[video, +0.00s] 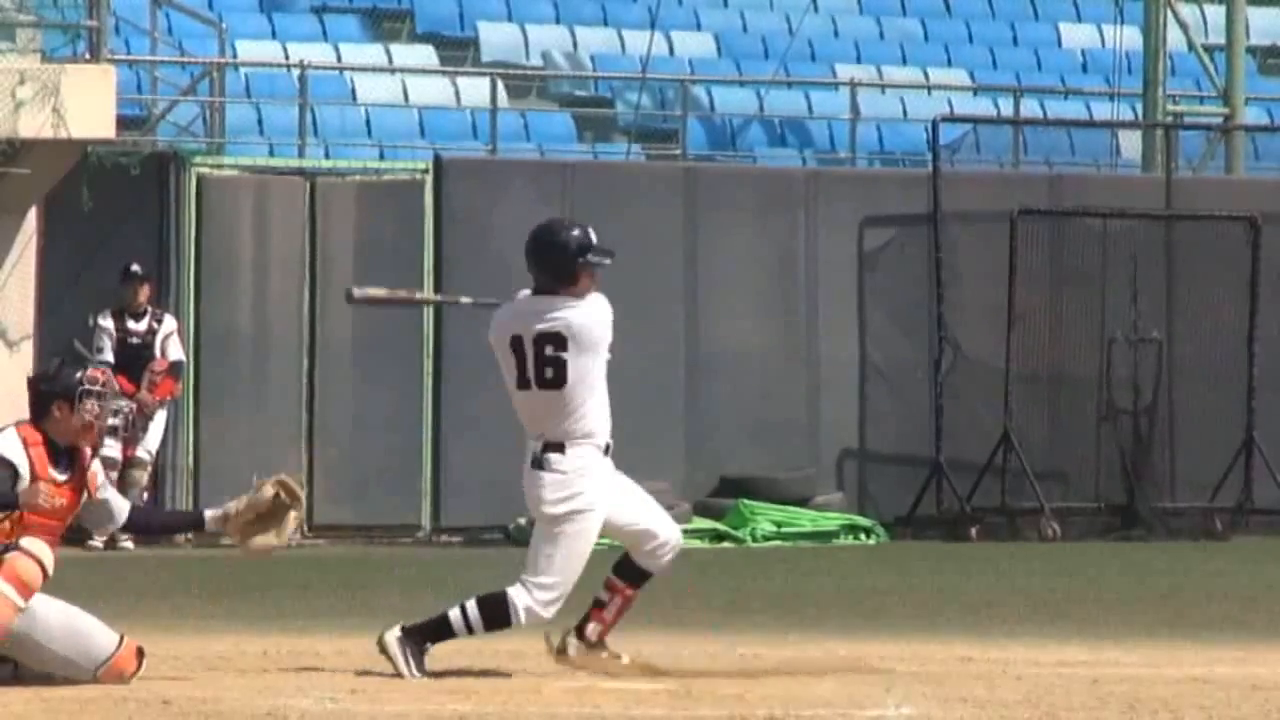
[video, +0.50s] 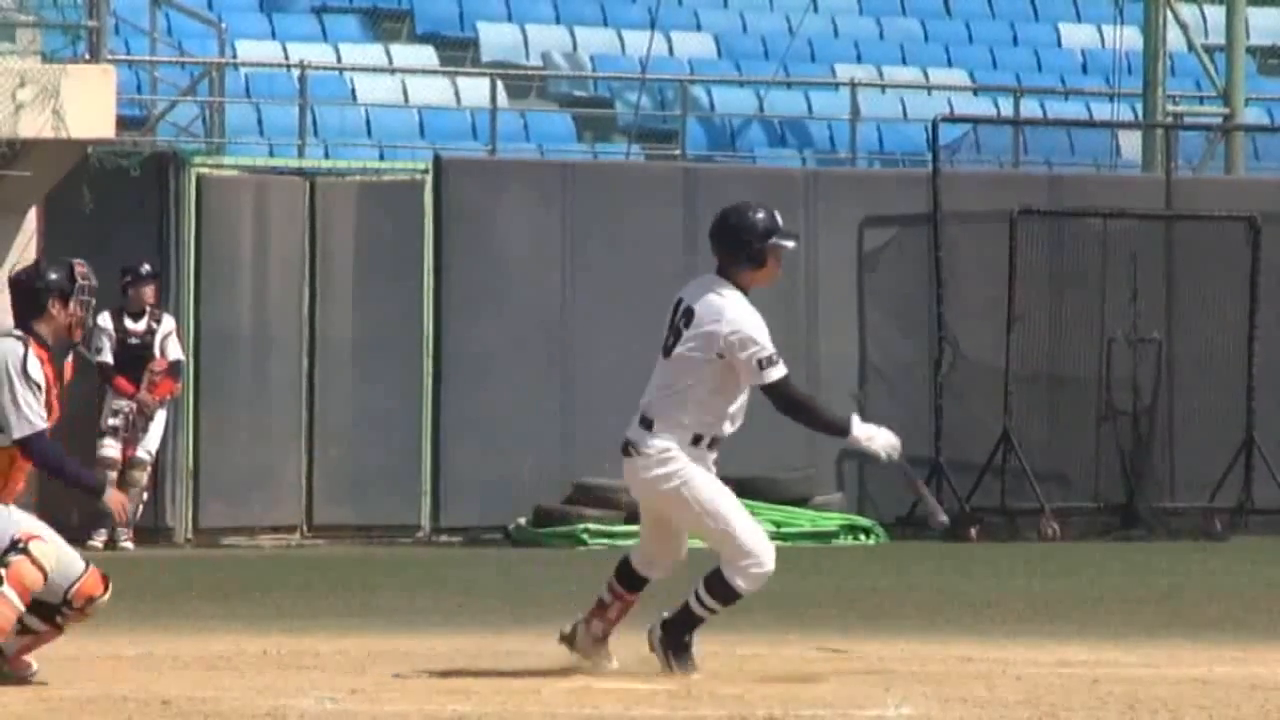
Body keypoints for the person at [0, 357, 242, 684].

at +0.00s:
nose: (97, 412)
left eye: (98, 403)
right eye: (87, 404)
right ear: (59, 410)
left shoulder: (80, 464)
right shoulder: (14, 446)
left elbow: (129, 518)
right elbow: (1, 495)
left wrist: (217, 519)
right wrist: (17, 499)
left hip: (11, 594)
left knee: (120, 662)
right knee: (34, 553)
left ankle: (13, 667)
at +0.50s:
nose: (80, 312)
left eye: (80, 302)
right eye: (74, 302)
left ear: (50, 307)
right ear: (52, 307)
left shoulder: (45, 356)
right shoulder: (14, 354)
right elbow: (35, 444)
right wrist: (101, 489)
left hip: (8, 509)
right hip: (3, 509)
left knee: (84, 586)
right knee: (25, 566)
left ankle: (9, 653)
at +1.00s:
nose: (112, 224)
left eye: (112, 214)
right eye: (106, 213)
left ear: (82, 215)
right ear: (82, 214)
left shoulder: (62, 265)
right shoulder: (36, 256)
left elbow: (32, 353)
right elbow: (3, 335)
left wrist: (55, 418)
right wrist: (13, 406)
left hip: (16, 418)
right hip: (3, 419)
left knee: (20, 535)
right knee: (55, 516)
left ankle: (17, 651)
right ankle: (35, 656)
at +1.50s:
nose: (130, 194)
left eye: (131, 184)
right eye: (124, 183)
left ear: (104, 183)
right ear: (98, 182)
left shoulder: (94, 240)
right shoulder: (47, 239)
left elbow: (83, 331)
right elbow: (29, 330)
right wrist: (58, 409)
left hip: (68, 391)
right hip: (26, 392)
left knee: (101, 517)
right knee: (59, 520)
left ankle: (54, 638)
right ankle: (25, 655)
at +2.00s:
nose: (198, 184)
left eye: (198, 173)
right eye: (193, 173)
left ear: (166, 175)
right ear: (168, 174)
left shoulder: (160, 233)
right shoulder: (117, 227)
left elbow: (153, 311)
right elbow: (110, 317)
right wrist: (134, 397)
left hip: (144, 391)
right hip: (96, 388)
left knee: (160, 526)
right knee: (88, 527)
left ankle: (159, 660)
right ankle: (32, 657)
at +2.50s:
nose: (257, 176)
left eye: (257, 165)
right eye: (252, 165)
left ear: (228, 166)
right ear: (228, 166)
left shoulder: (226, 230)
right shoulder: (169, 219)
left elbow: (230, 323)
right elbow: (156, 303)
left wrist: (272, 397)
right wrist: (199, 372)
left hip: (195, 380)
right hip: (159, 378)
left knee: (179, 517)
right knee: (201, 510)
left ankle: (155, 653)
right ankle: (188, 654)